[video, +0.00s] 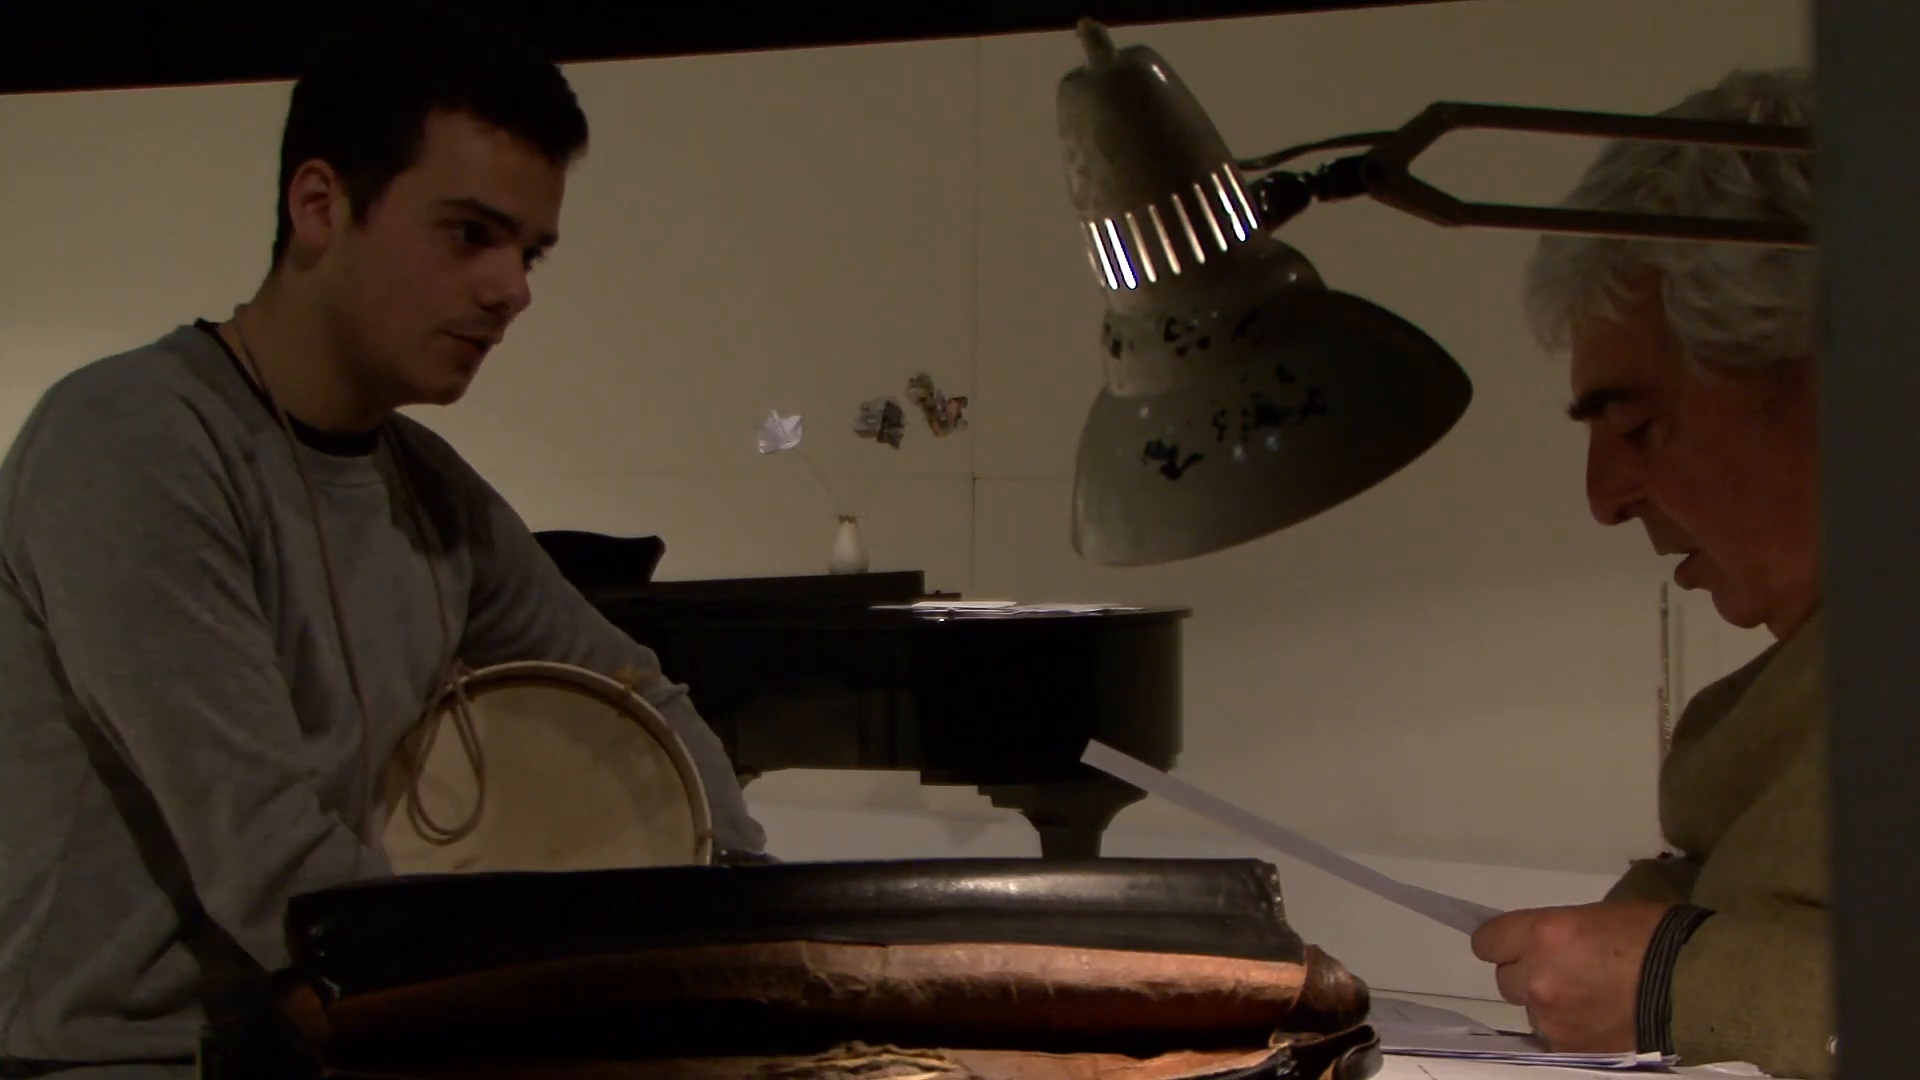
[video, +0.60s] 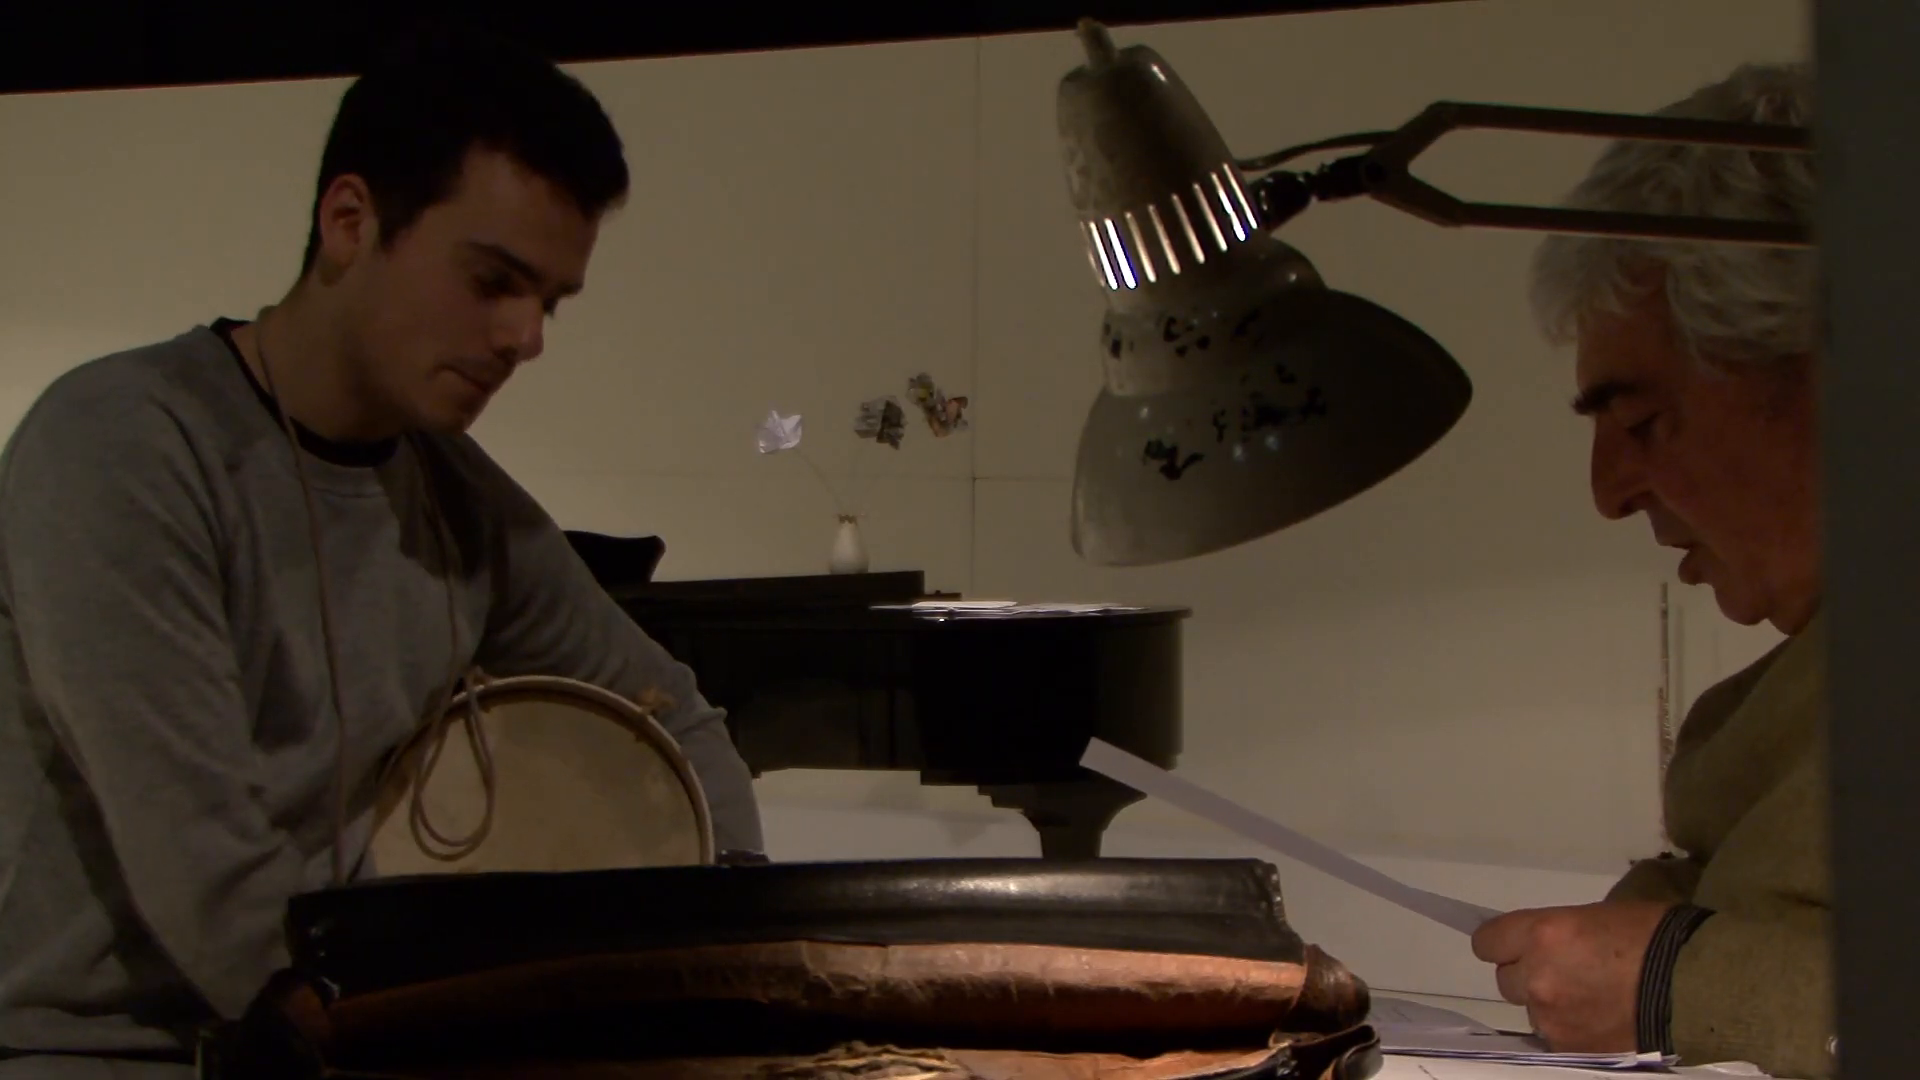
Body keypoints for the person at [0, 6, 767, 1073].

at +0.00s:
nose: (510, 292)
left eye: (528, 256)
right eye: (469, 234)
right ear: (318, 206)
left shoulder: (435, 494)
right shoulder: (120, 444)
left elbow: (635, 700)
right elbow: (273, 871)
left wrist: (748, 919)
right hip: (116, 1057)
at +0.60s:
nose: (523, 338)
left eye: (549, 301)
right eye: (493, 279)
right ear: (349, 224)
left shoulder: (459, 494)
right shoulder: (110, 445)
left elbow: (669, 719)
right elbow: (222, 898)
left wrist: (724, 947)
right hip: (89, 1045)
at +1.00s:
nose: (520, 431)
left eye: (544, 397)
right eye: (502, 371)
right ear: (377, 268)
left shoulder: (467, 523)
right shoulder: (86, 442)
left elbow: (665, 745)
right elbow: (88, 872)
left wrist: (689, 966)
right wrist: (326, 1044)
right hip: (48, 1042)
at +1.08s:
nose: (519, 439)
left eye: (542, 405)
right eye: (503, 380)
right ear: (378, 274)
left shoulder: (459, 524)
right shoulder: (78, 445)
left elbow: (651, 750)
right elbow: (99, 872)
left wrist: (672, 963)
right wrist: (336, 1042)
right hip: (57, 1043)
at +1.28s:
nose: (477, 452)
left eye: (503, 417)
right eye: (465, 395)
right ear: (343, 281)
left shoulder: (414, 511)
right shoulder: (36, 450)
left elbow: (607, 736)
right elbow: (58, 867)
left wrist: (660, 949)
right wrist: (324, 1008)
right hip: (41, 1042)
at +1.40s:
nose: (409, 454)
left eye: (438, 420)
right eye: (393, 398)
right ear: (270, 283)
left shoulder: (385, 514)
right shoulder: (18, 450)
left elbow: (574, 736)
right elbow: (9, 859)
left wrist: (627, 960)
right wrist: (258, 1028)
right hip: (32, 1028)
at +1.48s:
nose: (354, 459)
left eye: (382, 423)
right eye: (333, 401)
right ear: (210, 287)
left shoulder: (346, 521)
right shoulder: (15, 468)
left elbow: (539, 730)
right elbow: (12, 932)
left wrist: (573, 972)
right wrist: (191, 1062)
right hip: (44, 1041)